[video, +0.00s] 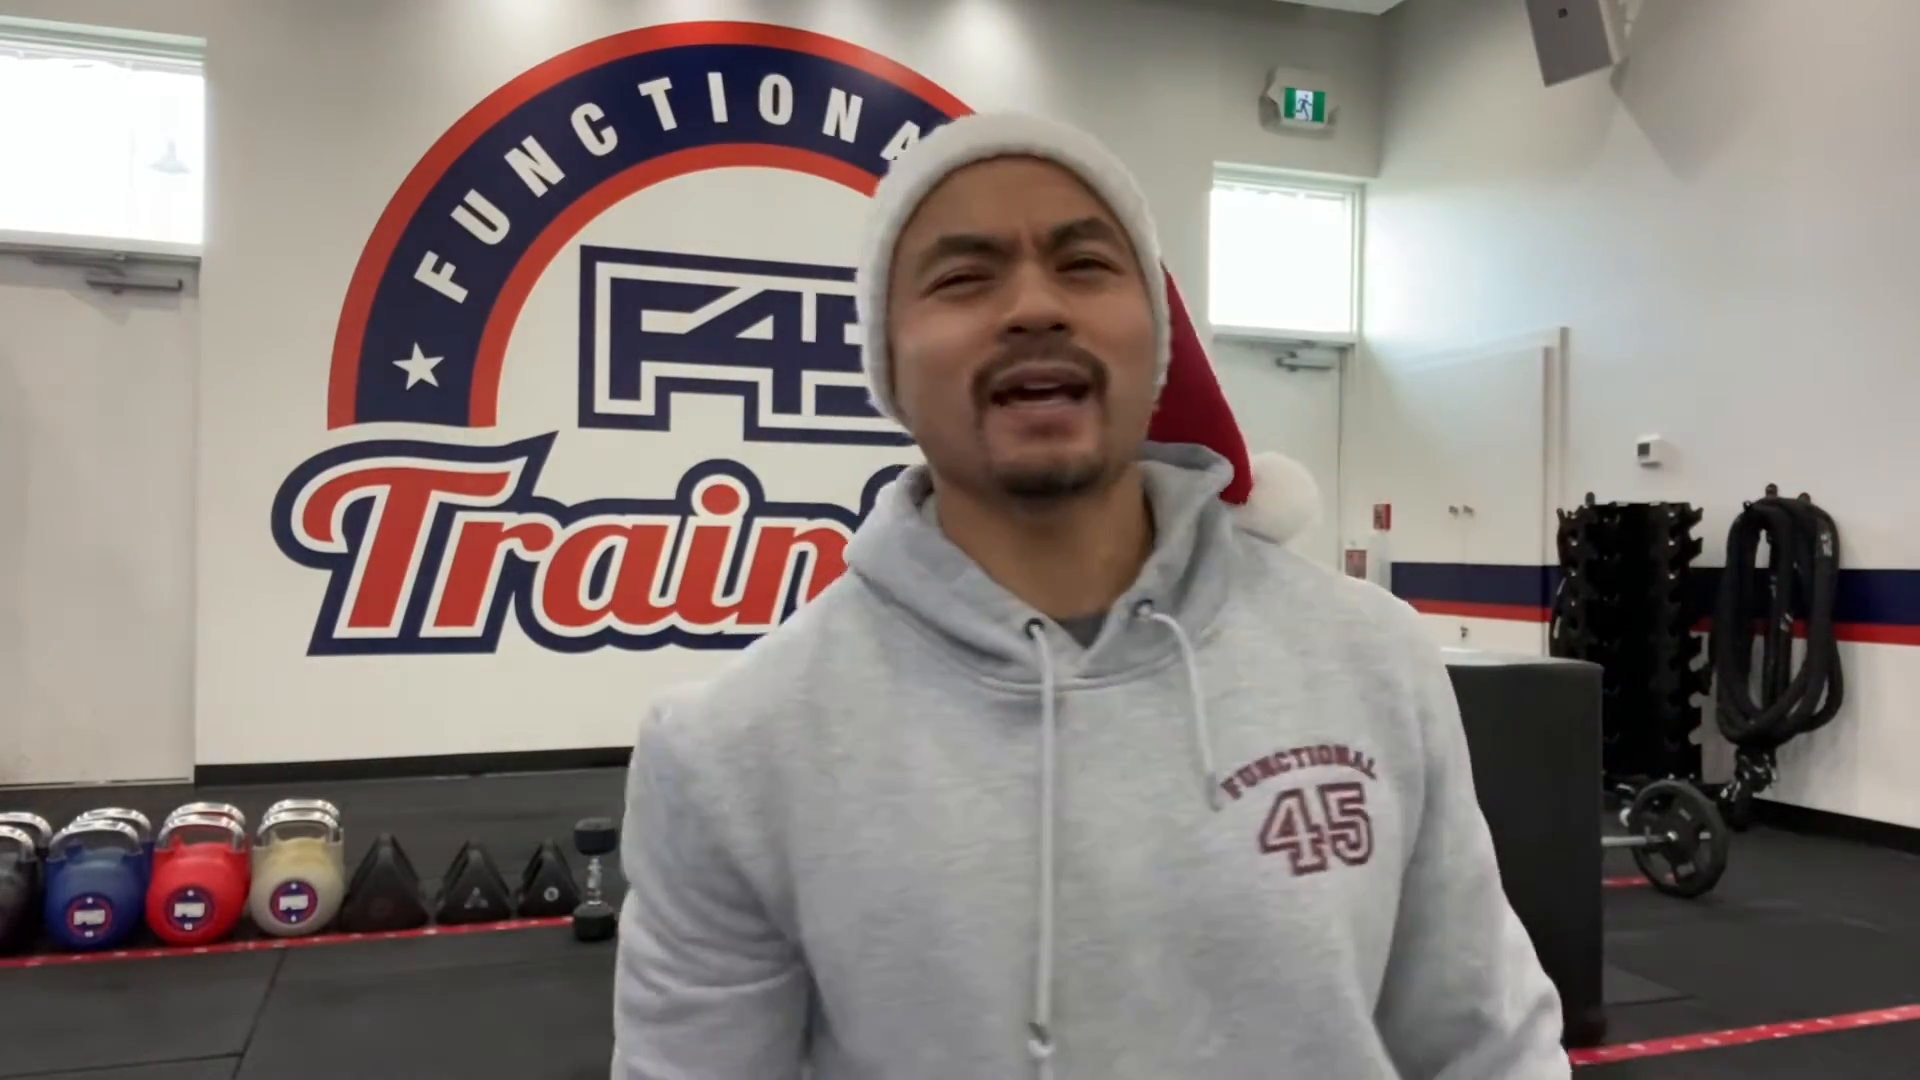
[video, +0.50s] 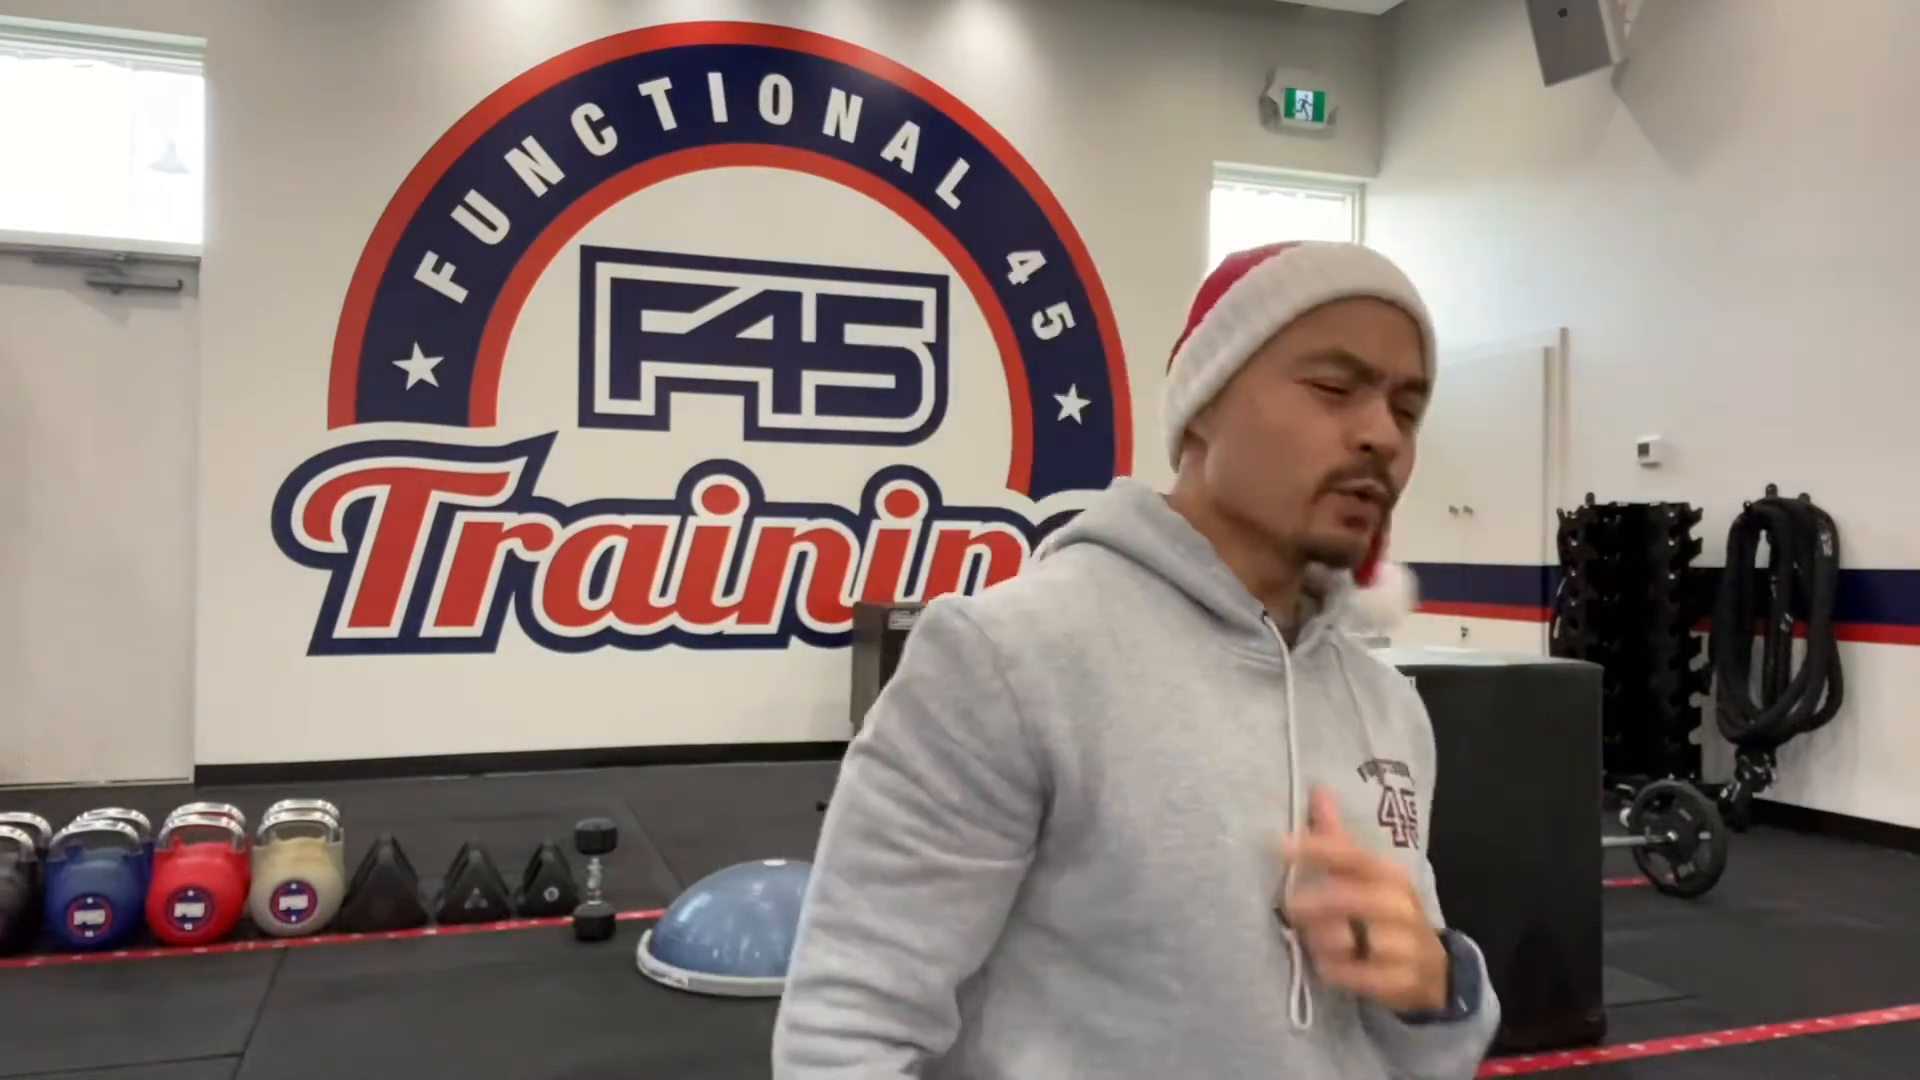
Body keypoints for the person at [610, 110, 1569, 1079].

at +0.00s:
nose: (1035, 307)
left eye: (1084, 264)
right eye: (964, 275)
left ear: (1159, 331)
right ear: (890, 369)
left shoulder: (1368, 660)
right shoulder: (727, 752)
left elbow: (1492, 1048)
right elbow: (687, 1070)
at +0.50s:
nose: (1384, 435)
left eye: (1406, 408)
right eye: (1335, 388)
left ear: (1418, 441)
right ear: (1201, 403)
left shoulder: (1388, 707)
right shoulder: (1007, 657)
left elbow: (1423, 1055)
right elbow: (847, 1039)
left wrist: (1439, 985)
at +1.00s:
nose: (1017, 398)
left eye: (1061, 352)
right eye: (974, 378)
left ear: (1155, 385)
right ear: (950, 437)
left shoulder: (1364, 655)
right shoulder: (869, 697)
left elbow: (1496, 920)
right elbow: (836, 1012)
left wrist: (1344, 1030)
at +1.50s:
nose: (703, 453)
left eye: (740, 401)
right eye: (673, 435)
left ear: (846, 408)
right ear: (666, 482)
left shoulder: (1062, 628)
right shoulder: (667, 740)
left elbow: (1270, 857)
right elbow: (646, 976)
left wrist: (1221, 908)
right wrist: (416, 1000)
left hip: (1060, 1068)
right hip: (805, 1073)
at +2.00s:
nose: (1008, 547)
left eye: (1050, 504)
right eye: (971, 503)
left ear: (1115, 525)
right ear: (925, 519)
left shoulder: (1217, 734)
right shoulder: (803, 711)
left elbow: (1348, 958)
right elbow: (666, 887)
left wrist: (1481, 898)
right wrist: (513, 838)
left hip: (1097, 1075)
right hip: (844, 1069)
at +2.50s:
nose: (1137, 606)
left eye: (1179, 582)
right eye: (1113, 563)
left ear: (1217, 618)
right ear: (1056, 571)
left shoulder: (1259, 816)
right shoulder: (891, 713)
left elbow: (1311, 1039)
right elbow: (725, 836)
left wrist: (1469, 1018)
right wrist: (634, 777)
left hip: (1106, 1074)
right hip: (870, 1066)